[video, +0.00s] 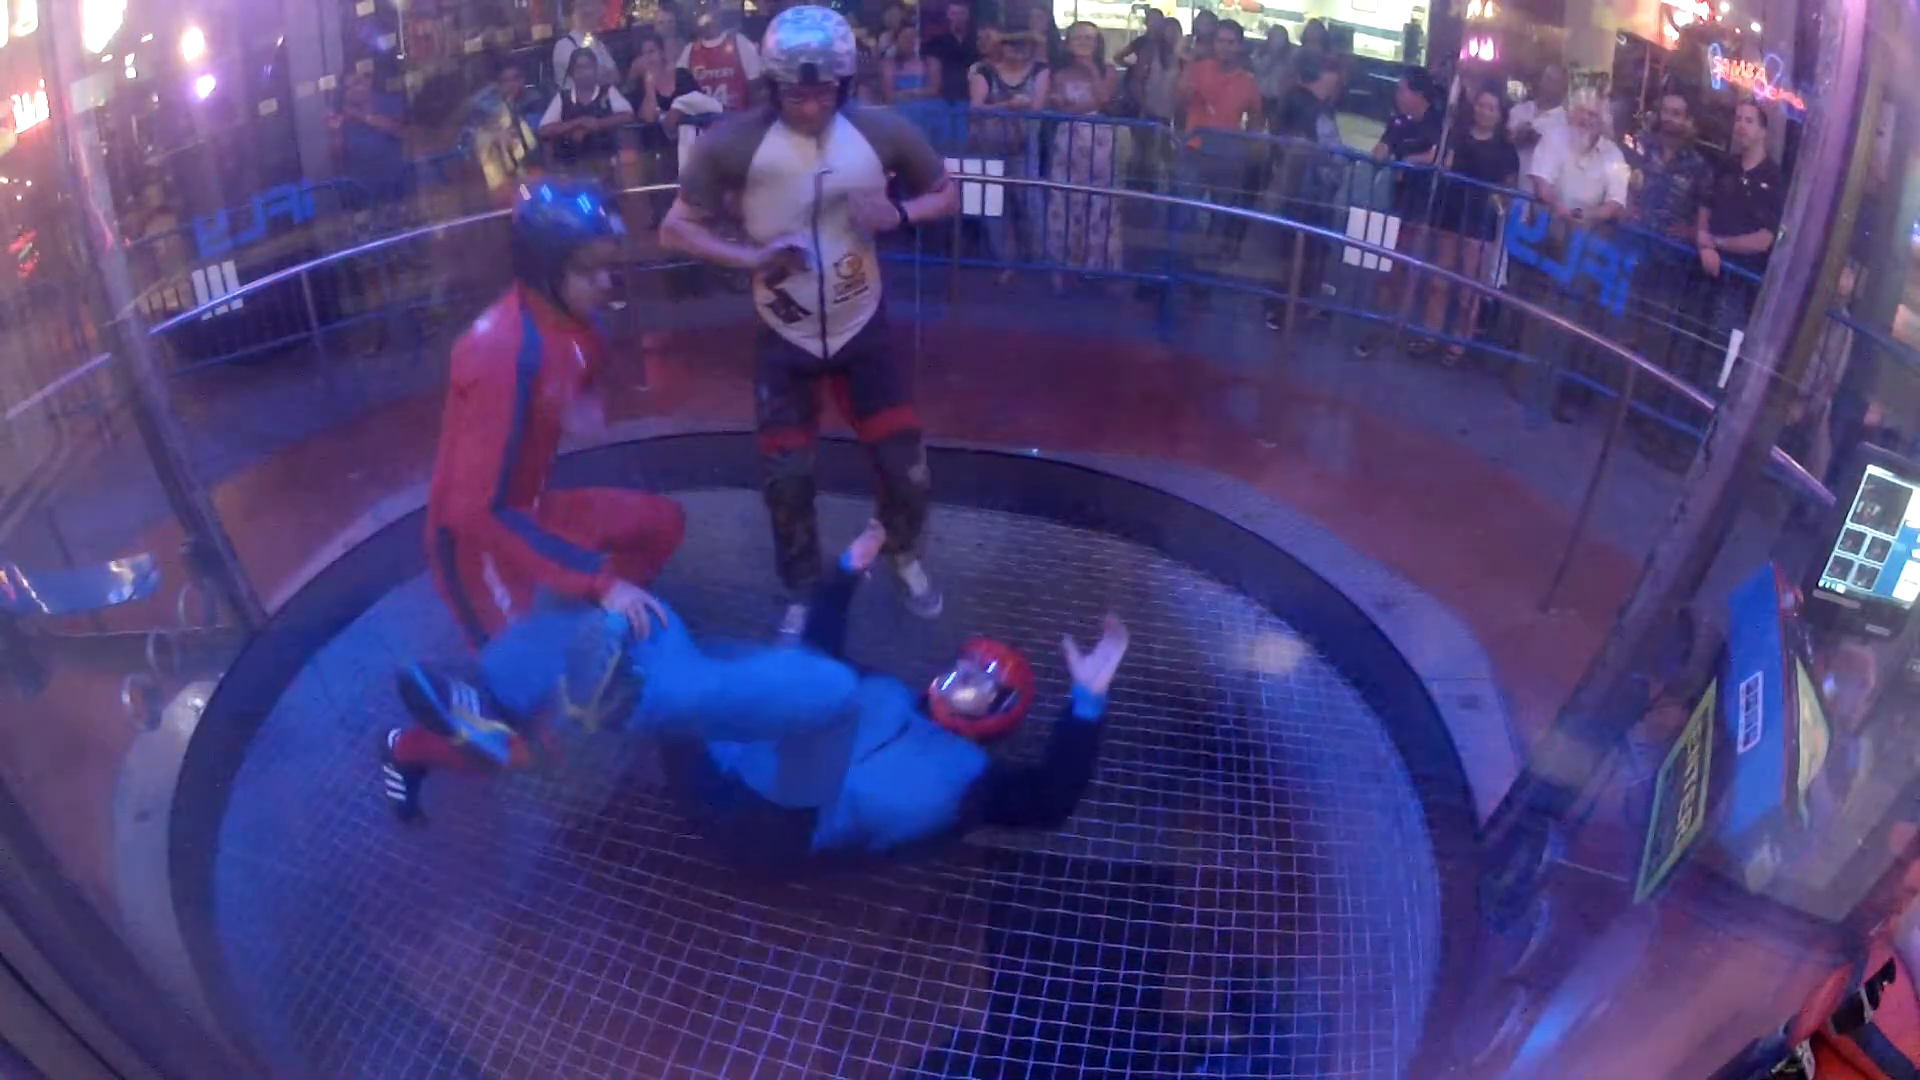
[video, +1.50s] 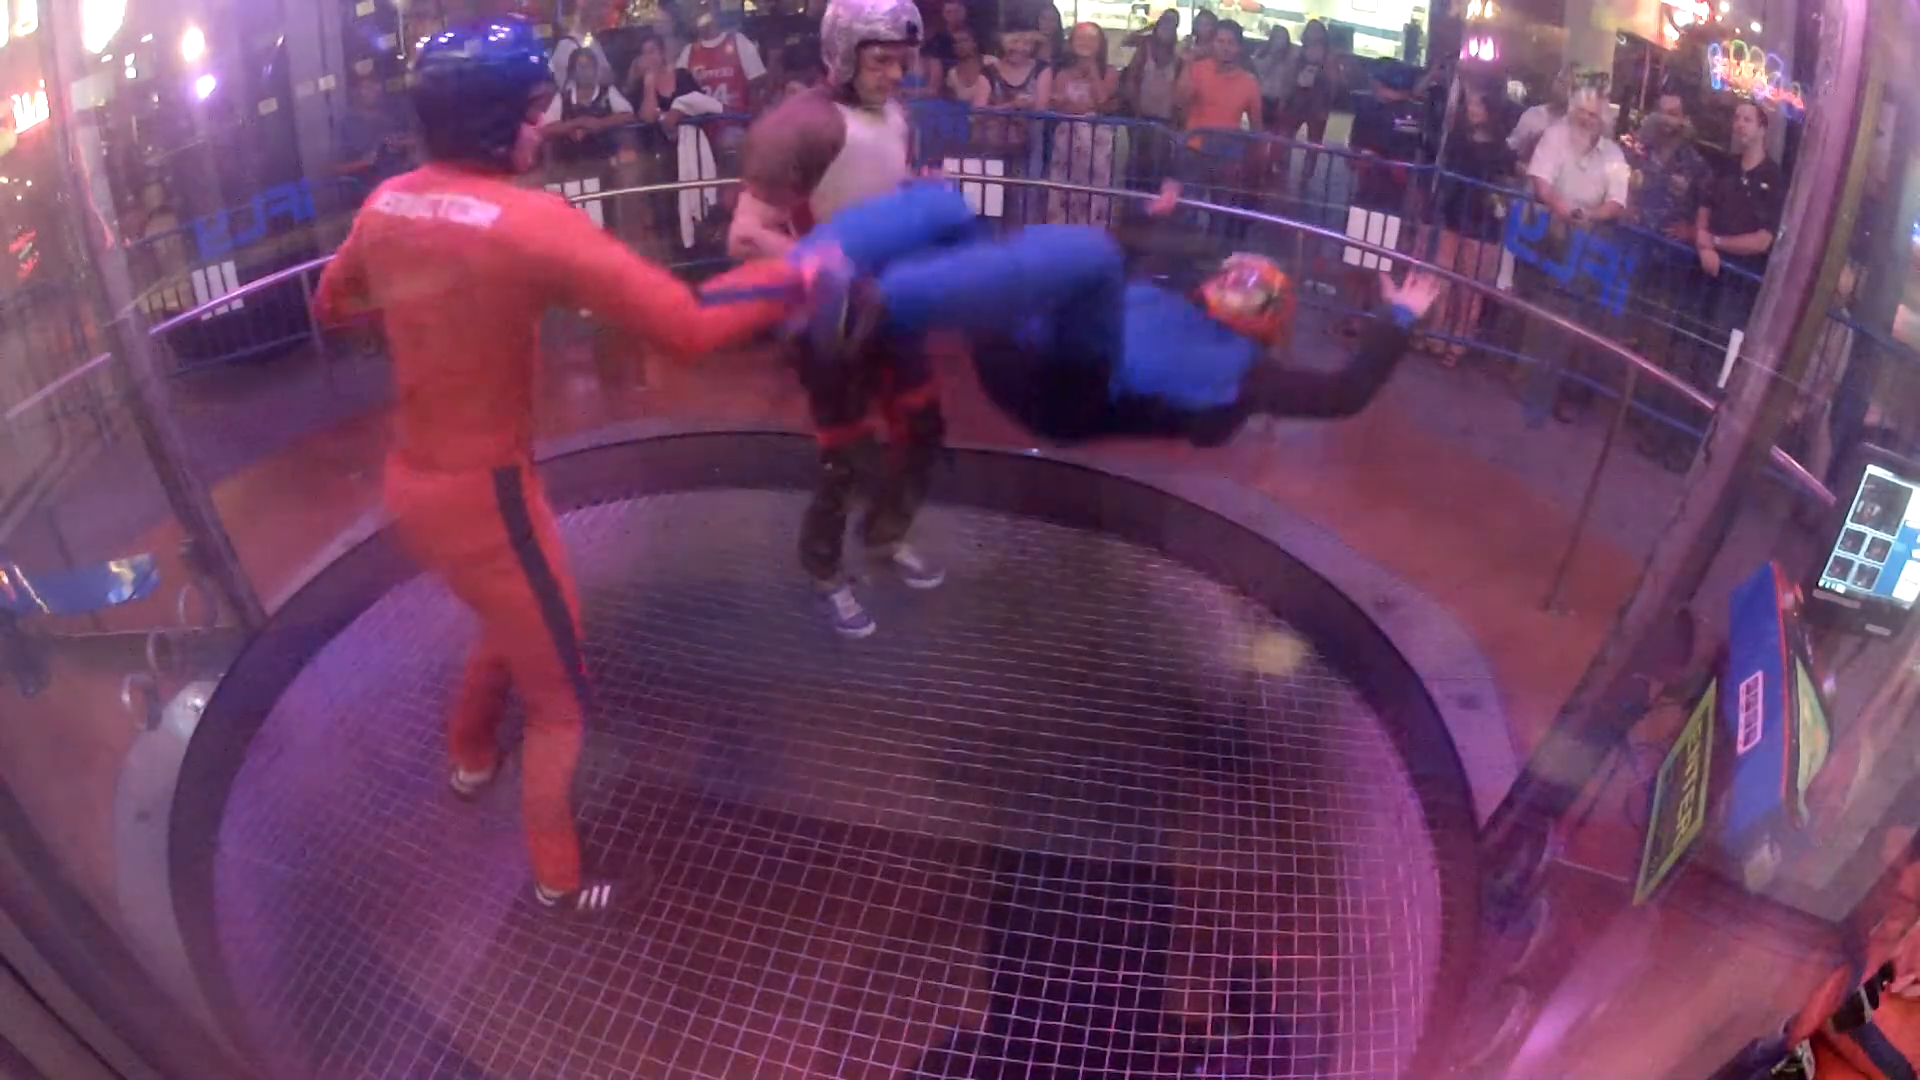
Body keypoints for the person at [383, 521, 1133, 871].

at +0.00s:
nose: (963, 676)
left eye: (984, 681)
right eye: (965, 665)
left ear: (1004, 716)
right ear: (946, 663)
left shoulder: (979, 779)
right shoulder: (889, 691)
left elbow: (1051, 797)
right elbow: (815, 650)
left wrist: (1089, 701)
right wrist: (850, 571)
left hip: (802, 803)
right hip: (742, 744)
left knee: (831, 685)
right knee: (622, 627)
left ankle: (641, 696)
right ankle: (488, 698)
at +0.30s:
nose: (994, 603)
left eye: (1015, 602)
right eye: (994, 590)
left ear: (1040, 631)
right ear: (978, 591)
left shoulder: (1031, 701)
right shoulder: (930, 632)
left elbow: (1111, 720)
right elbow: (877, 602)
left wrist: (1141, 625)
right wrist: (888, 521)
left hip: (855, 775)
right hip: (797, 717)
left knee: (853, 658)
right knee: (666, 607)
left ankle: (658, 755)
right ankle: (571, 745)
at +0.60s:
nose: (1065, 554)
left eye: (1084, 556)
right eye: (1063, 538)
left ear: (1100, 581)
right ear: (1042, 535)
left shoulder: (1081, 645)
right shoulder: (983, 556)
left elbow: (1181, 680)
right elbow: (918, 501)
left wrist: (1239, 598)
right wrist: (962, 437)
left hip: (923, 714)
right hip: (859, 654)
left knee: (930, 662)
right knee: (756, 563)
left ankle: (750, 778)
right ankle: (657, 704)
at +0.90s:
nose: (1133, 492)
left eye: (1151, 496)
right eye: (1130, 480)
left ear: (1160, 527)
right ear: (1106, 482)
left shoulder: (1139, 590)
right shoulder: (1054, 504)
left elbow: (1248, 595)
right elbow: (1001, 470)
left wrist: (1292, 520)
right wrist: (1045, 399)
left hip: (964, 633)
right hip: (916, 566)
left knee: (1022, 535)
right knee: (835, 443)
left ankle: (822, 636)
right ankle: (703, 539)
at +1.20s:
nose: (1189, 391)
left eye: (1206, 394)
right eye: (1187, 382)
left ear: (1221, 426)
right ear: (1165, 390)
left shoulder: (1206, 479)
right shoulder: (1109, 420)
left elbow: (1296, 492)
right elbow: (1060, 396)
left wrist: (1342, 416)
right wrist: (1106, 330)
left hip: (1026, 520)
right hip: (970, 479)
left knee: (1031, 365)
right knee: (870, 346)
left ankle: (837, 448)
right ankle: (736, 418)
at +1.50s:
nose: (1238, 283)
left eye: (1257, 289)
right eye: (1236, 273)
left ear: (1268, 322)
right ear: (1214, 275)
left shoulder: (1246, 371)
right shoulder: (1168, 294)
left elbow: (1346, 396)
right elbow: (1114, 258)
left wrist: (1399, 321)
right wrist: (1152, 222)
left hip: (1067, 394)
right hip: (1024, 345)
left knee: (1090, 251)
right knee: (947, 204)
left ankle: (869, 310)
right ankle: (798, 271)